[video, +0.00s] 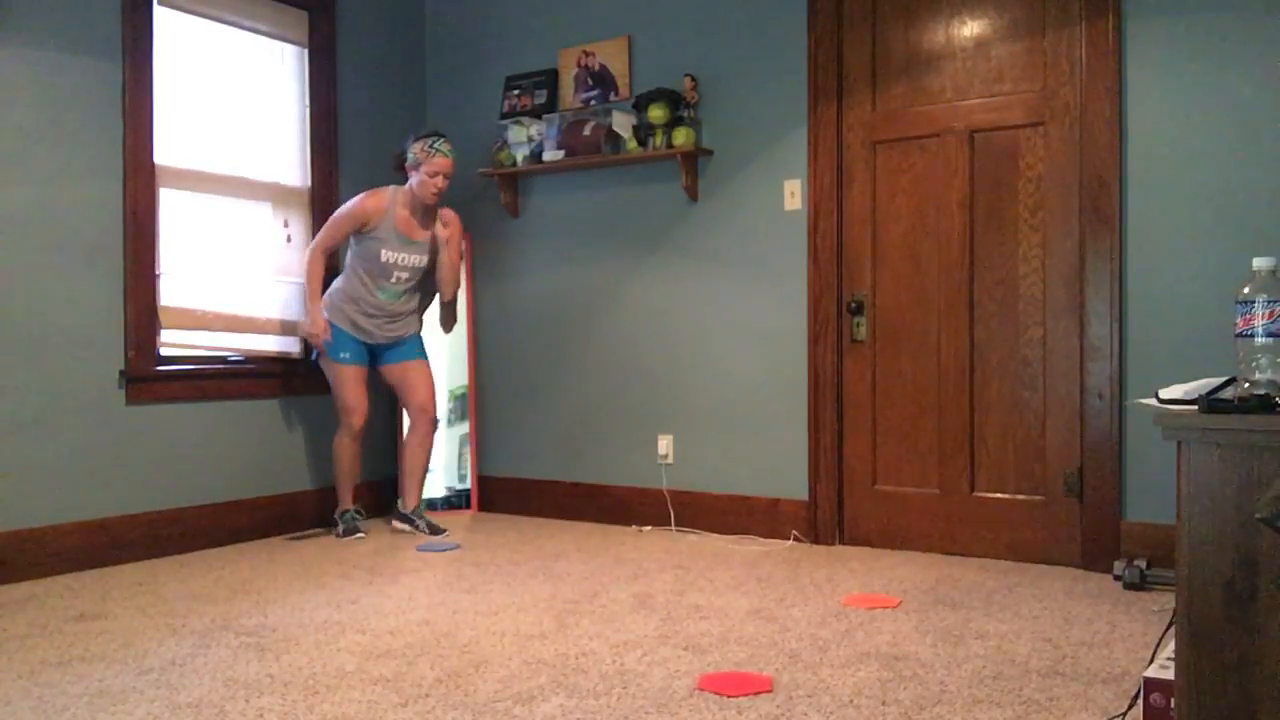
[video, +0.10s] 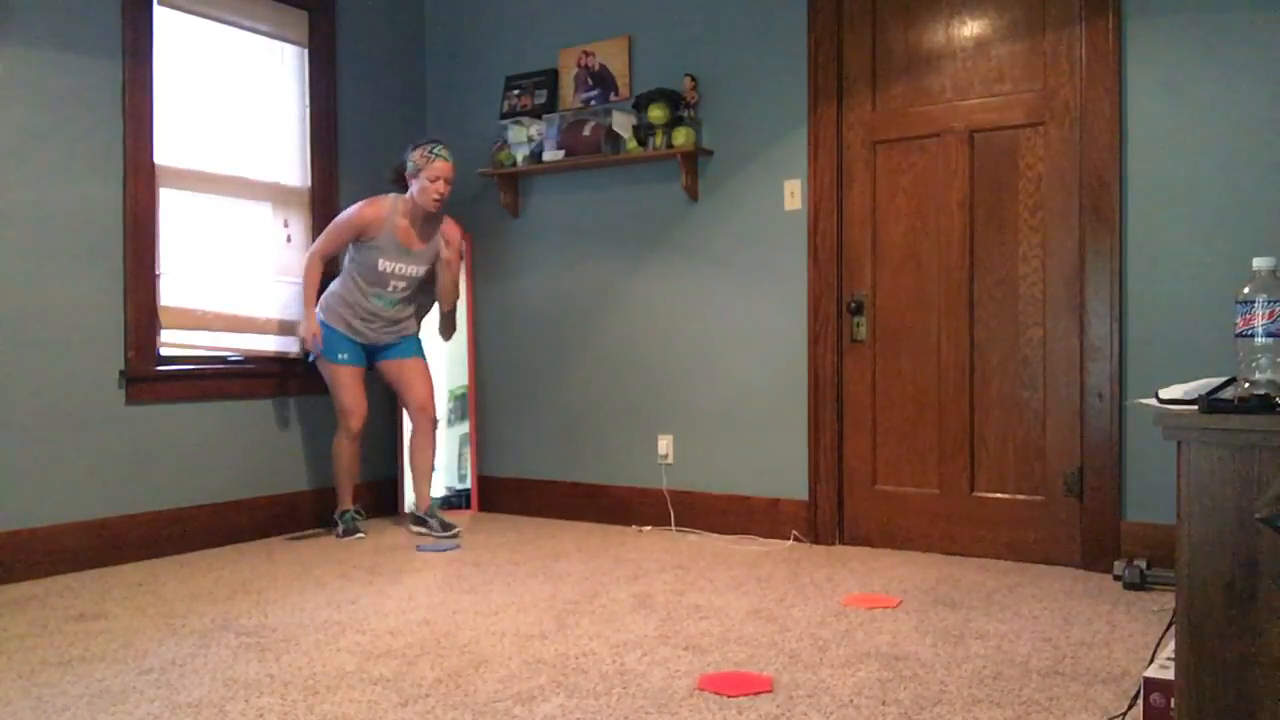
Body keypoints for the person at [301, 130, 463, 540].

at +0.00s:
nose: (441, 185)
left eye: (447, 177)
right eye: (434, 175)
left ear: (450, 177)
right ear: (411, 170)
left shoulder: (447, 222)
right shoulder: (373, 205)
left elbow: (447, 290)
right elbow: (318, 249)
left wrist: (447, 242)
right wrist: (314, 312)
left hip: (400, 328)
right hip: (346, 322)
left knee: (425, 413)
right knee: (354, 417)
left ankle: (408, 508)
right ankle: (346, 511)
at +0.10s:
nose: (442, 190)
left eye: (447, 182)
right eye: (434, 180)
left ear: (451, 186)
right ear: (411, 178)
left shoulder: (448, 234)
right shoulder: (371, 214)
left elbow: (447, 303)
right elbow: (316, 255)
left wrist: (448, 258)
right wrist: (309, 317)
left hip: (397, 330)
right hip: (342, 323)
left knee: (424, 411)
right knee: (353, 419)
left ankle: (423, 510)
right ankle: (345, 511)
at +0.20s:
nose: (447, 194)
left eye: (453, 188)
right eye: (439, 185)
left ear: (455, 193)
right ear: (415, 187)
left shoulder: (450, 240)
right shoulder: (375, 220)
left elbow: (449, 317)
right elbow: (319, 257)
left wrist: (453, 274)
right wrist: (305, 317)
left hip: (397, 335)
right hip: (342, 326)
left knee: (421, 417)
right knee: (354, 421)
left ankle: (427, 514)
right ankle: (345, 512)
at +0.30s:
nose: (454, 202)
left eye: (458, 195)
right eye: (445, 193)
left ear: (460, 201)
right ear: (420, 195)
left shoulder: (456, 246)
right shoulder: (380, 226)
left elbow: (459, 297)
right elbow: (322, 257)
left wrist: (456, 315)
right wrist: (303, 314)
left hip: (400, 337)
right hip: (344, 327)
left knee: (425, 418)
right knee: (356, 422)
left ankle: (427, 514)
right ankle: (346, 512)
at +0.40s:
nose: (459, 207)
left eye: (464, 200)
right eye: (451, 198)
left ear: (466, 205)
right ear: (425, 199)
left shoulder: (461, 252)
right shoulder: (384, 229)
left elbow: (462, 330)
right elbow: (323, 256)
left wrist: (465, 318)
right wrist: (302, 307)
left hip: (401, 339)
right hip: (346, 327)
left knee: (425, 418)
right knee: (357, 422)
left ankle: (428, 514)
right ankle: (346, 511)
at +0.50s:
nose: (464, 209)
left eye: (469, 202)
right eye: (456, 200)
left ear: (471, 207)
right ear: (430, 202)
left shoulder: (465, 256)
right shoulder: (388, 232)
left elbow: (471, 318)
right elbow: (326, 256)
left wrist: (476, 333)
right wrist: (303, 308)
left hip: (401, 339)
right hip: (347, 327)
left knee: (427, 418)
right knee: (356, 423)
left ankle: (427, 514)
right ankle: (346, 511)